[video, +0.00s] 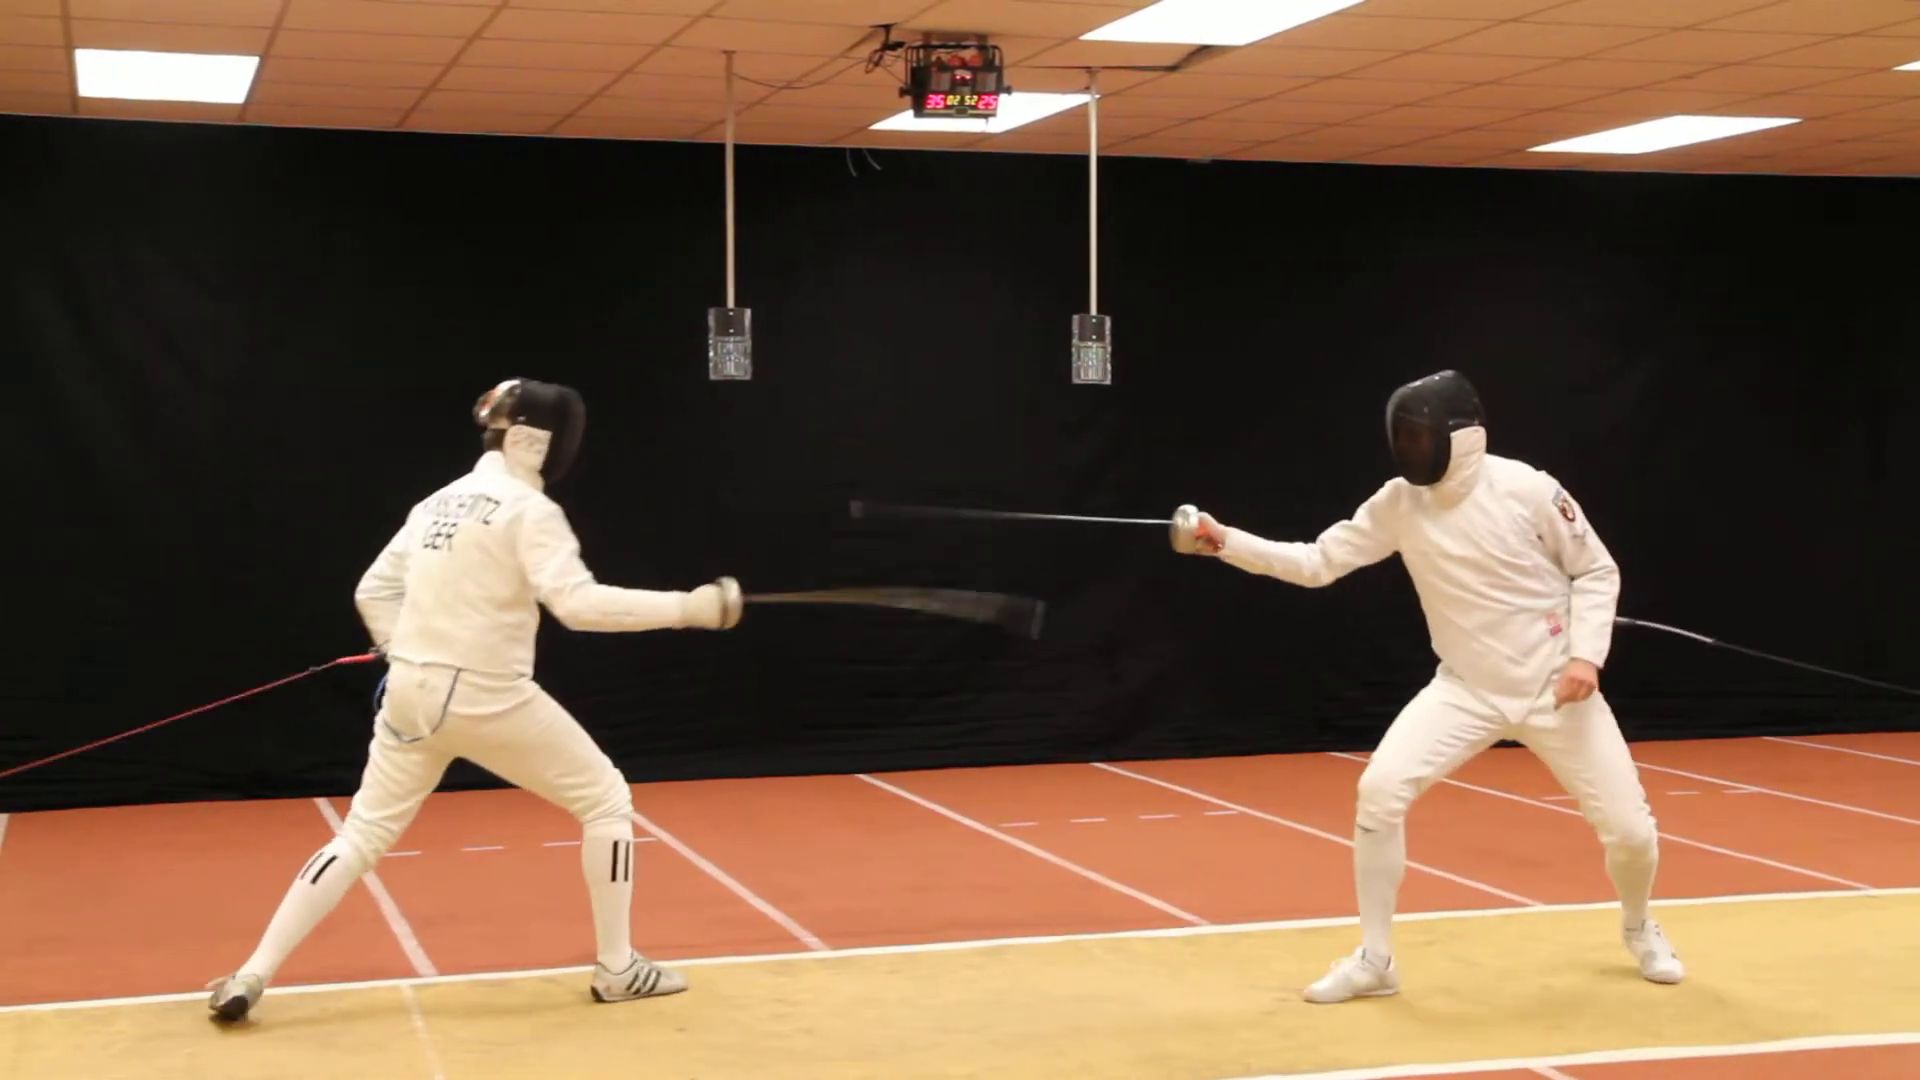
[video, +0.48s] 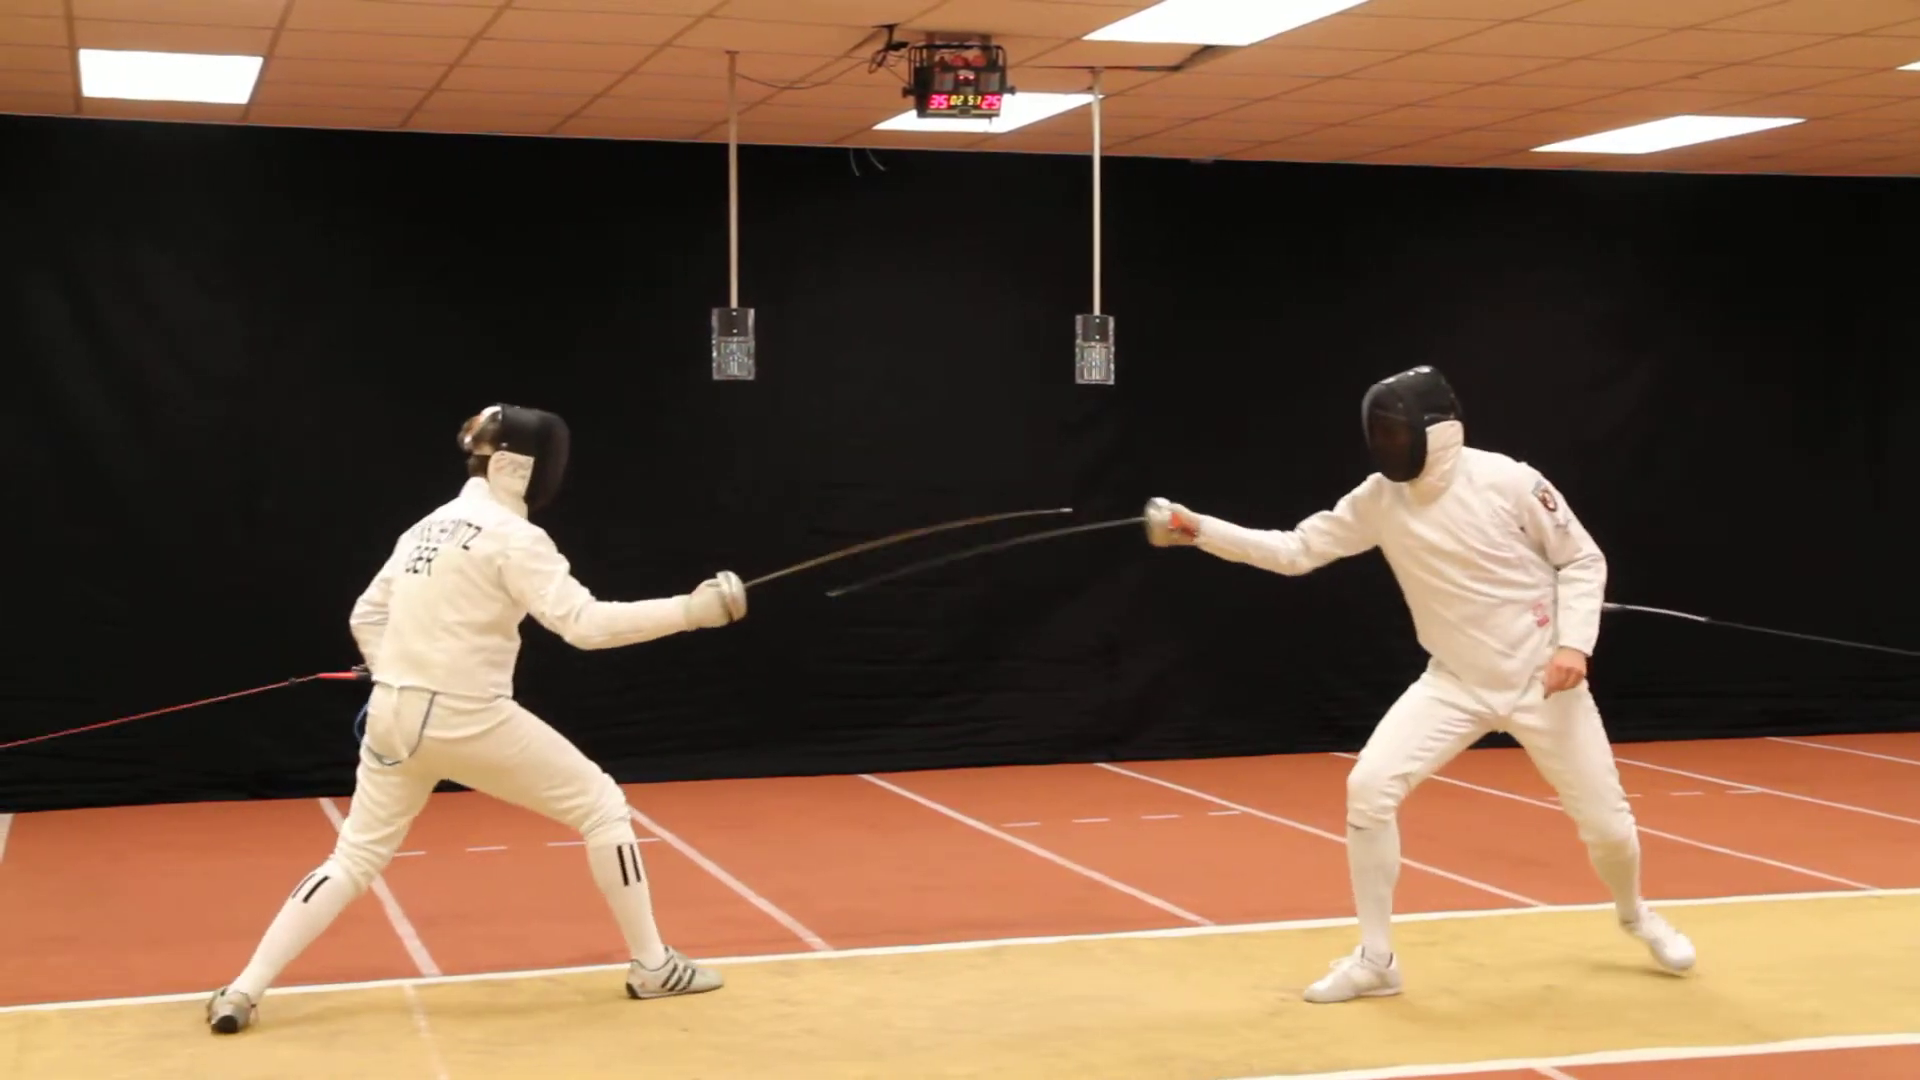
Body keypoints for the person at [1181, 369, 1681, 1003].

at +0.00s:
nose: (1408, 451)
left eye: (1420, 436)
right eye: (1403, 437)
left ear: (1463, 435)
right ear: (1402, 441)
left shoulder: (1529, 492)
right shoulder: (1398, 506)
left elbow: (1596, 572)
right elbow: (1316, 563)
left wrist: (1586, 657)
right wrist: (1222, 540)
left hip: (1555, 690)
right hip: (1462, 692)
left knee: (1634, 835)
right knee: (1379, 794)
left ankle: (1639, 928)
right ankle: (1374, 959)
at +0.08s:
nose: (1398, 448)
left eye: (1411, 435)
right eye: (1395, 435)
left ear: (1457, 437)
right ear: (1400, 439)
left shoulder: (1529, 489)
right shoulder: (1400, 507)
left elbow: (1597, 570)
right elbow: (1321, 568)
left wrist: (1581, 653)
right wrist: (1228, 547)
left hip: (1559, 689)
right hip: (1467, 691)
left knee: (1625, 834)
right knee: (1381, 793)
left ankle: (1638, 934)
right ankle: (1375, 959)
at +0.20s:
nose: (1392, 445)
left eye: (1404, 431)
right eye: (1388, 432)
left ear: (1448, 430)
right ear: (1391, 436)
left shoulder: (1519, 483)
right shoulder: (1392, 504)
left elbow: (1592, 560)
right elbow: (1312, 566)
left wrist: (1580, 644)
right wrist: (1215, 551)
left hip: (1554, 684)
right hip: (1461, 686)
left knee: (1612, 829)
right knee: (1375, 792)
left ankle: (1635, 938)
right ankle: (1375, 958)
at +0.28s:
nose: (1383, 442)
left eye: (1395, 429)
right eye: (1378, 429)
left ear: (1439, 426)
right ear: (1380, 432)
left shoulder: (1505, 479)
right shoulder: (1377, 499)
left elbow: (1581, 553)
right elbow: (1293, 550)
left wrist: (1579, 640)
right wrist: (1193, 541)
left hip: (1543, 678)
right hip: (1451, 681)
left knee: (1607, 825)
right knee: (1367, 791)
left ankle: (1626, 936)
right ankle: (1374, 959)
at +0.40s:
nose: (1375, 446)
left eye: (1387, 432)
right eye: (1370, 432)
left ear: (1431, 429)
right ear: (1371, 434)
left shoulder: (1499, 481)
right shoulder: (1369, 501)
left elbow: (1574, 556)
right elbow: (1280, 544)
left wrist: (1574, 640)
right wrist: (1177, 529)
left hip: (1537, 678)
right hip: (1446, 683)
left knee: (1604, 828)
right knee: (1362, 790)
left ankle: (1618, 929)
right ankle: (1374, 958)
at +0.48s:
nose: (1378, 445)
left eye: (1390, 431)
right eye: (1374, 431)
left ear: (1433, 429)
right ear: (1381, 434)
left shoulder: (1508, 483)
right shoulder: (1379, 502)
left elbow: (1582, 560)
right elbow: (1294, 550)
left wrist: (1573, 644)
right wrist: (1195, 528)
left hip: (1544, 682)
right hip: (1453, 684)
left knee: (1612, 829)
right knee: (1369, 788)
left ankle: (1634, 915)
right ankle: (1375, 958)